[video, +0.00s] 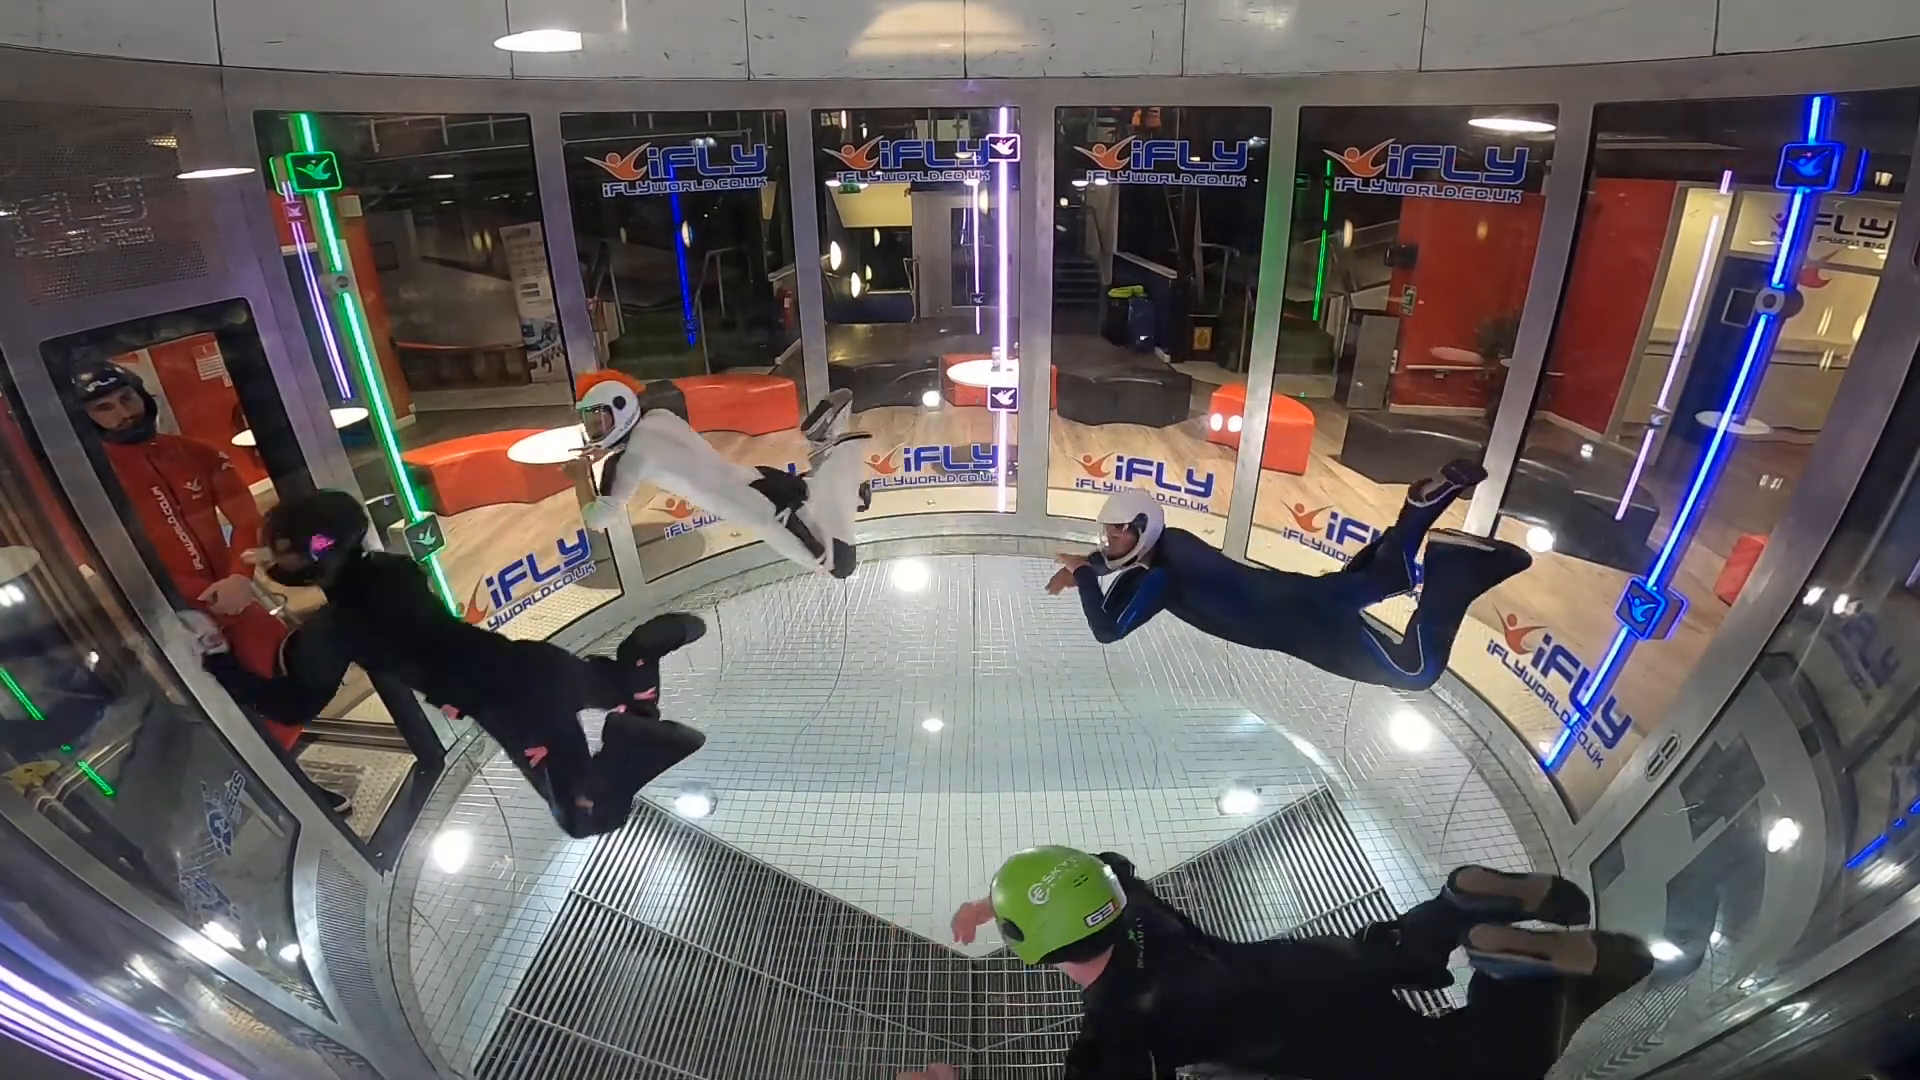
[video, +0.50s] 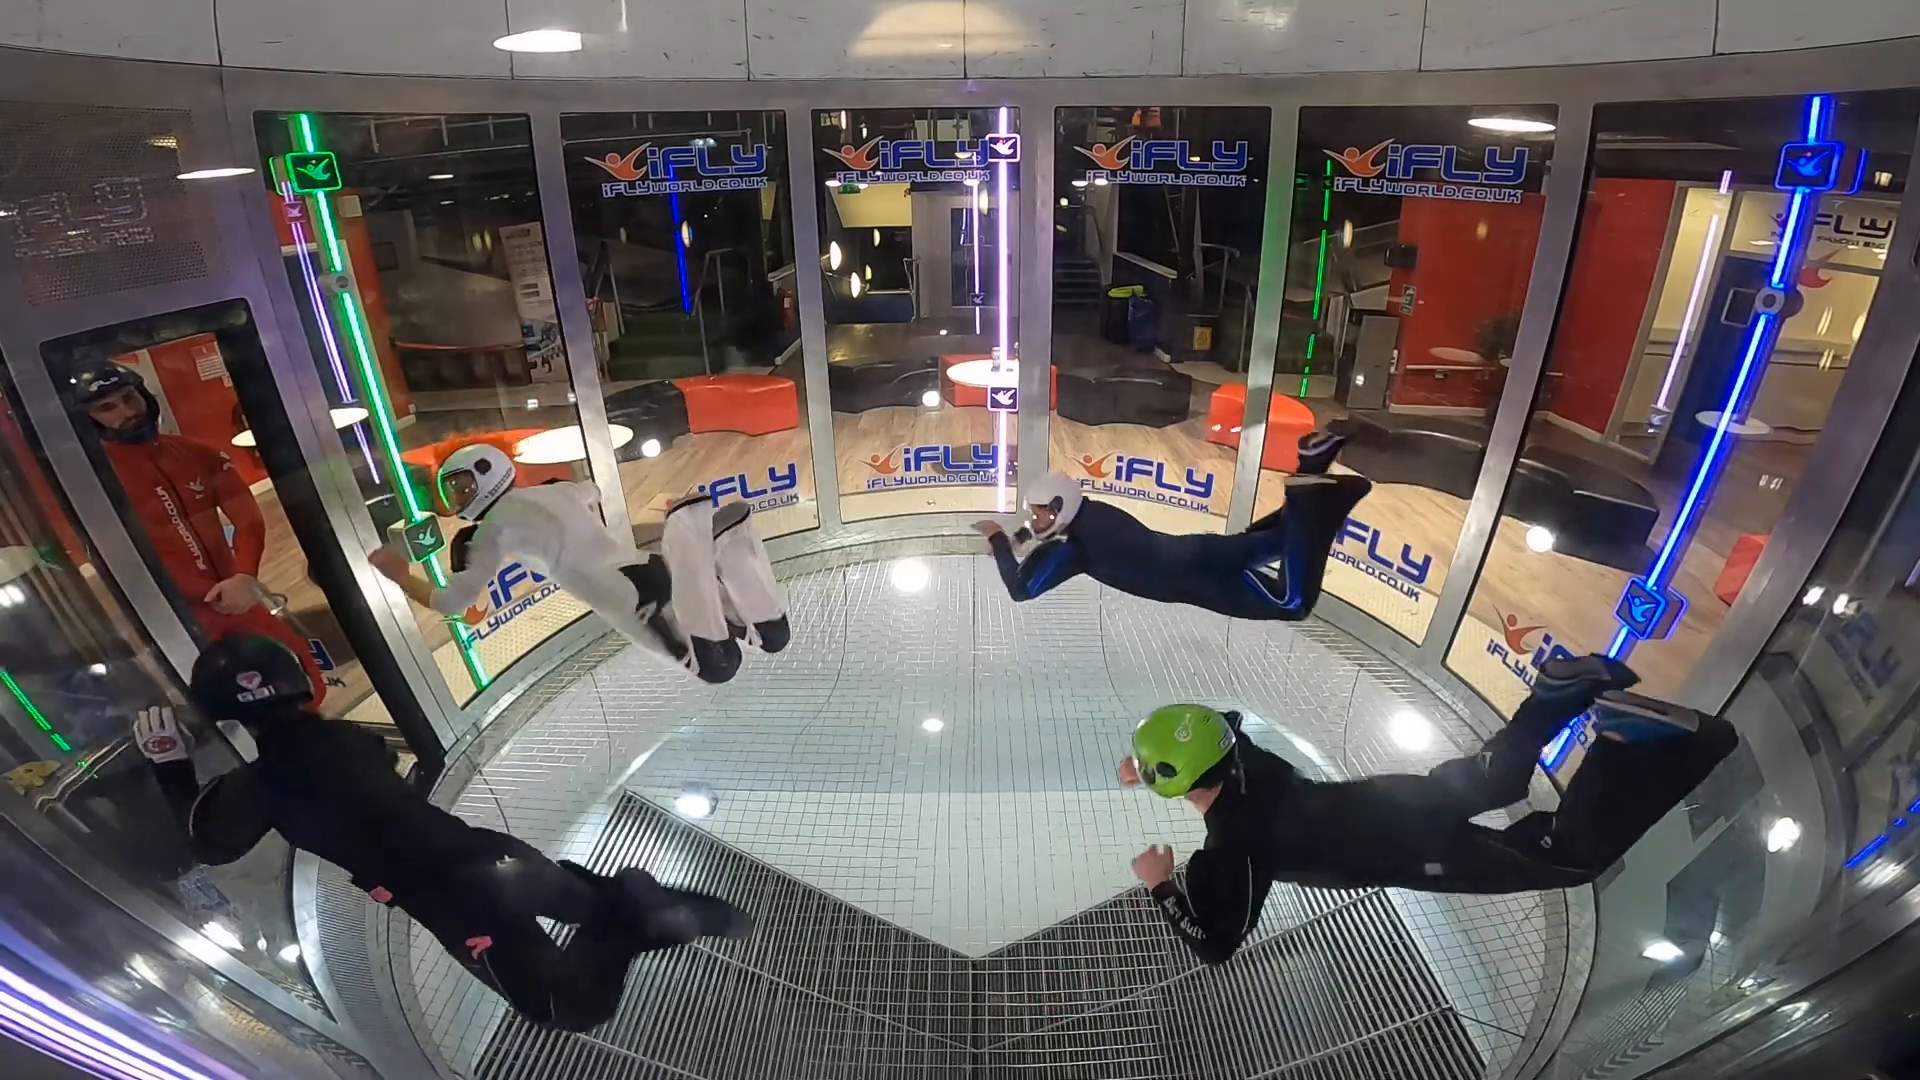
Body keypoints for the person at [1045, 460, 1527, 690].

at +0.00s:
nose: (1109, 541)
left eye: (1117, 532)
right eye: (1107, 531)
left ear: (1140, 534)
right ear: (1126, 531)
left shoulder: (1161, 572)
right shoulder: (1160, 544)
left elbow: (1106, 629)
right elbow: (1121, 602)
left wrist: (1084, 575)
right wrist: (1083, 578)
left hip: (1310, 626)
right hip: (1306, 595)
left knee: (1416, 673)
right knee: (1377, 573)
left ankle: (1450, 576)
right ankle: (1432, 499)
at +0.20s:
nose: (1097, 530)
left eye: (1104, 522)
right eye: (1094, 521)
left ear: (1127, 523)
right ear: (1116, 522)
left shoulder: (1140, 560)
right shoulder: (1147, 536)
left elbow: (1081, 608)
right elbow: (1102, 586)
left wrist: (1070, 546)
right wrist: (1073, 556)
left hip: (1282, 611)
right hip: (1278, 584)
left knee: (1382, 639)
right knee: (1355, 568)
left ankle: (1424, 551)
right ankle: (1396, 499)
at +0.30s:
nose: (1081, 528)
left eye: (1086, 520)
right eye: (1079, 519)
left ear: (1104, 522)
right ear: (1105, 519)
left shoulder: (1125, 554)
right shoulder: (1129, 536)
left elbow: (1064, 598)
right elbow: (1085, 580)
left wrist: (1054, 541)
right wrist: (1056, 552)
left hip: (1246, 594)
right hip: (1240, 576)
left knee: (1351, 619)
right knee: (1326, 570)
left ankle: (1389, 523)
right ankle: (1370, 500)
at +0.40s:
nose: (1060, 525)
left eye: (1065, 516)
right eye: (1060, 517)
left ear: (1084, 517)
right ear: (1089, 513)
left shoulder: (1104, 548)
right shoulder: (1111, 529)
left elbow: (1045, 592)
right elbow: (1056, 584)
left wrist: (1027, 545)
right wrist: (1036, 546)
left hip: (1228, 582)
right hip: (1225, 567)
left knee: (1321, 605)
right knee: (1304, 565)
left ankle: (1350, 502)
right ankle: (1345, 489)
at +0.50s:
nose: (1036, 518)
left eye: (1039, 510)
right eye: (1034, 511)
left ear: (1057, 511)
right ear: (1066, 502)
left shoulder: (1075, 542)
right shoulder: (1089, 516)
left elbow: (1022, 588)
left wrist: (996, 542)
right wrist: (1029, 540)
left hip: (1191, 577)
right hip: (1193, 554)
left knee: (1292, 600)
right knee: (1274, 541)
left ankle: (1312, 498)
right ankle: (1310, 471)